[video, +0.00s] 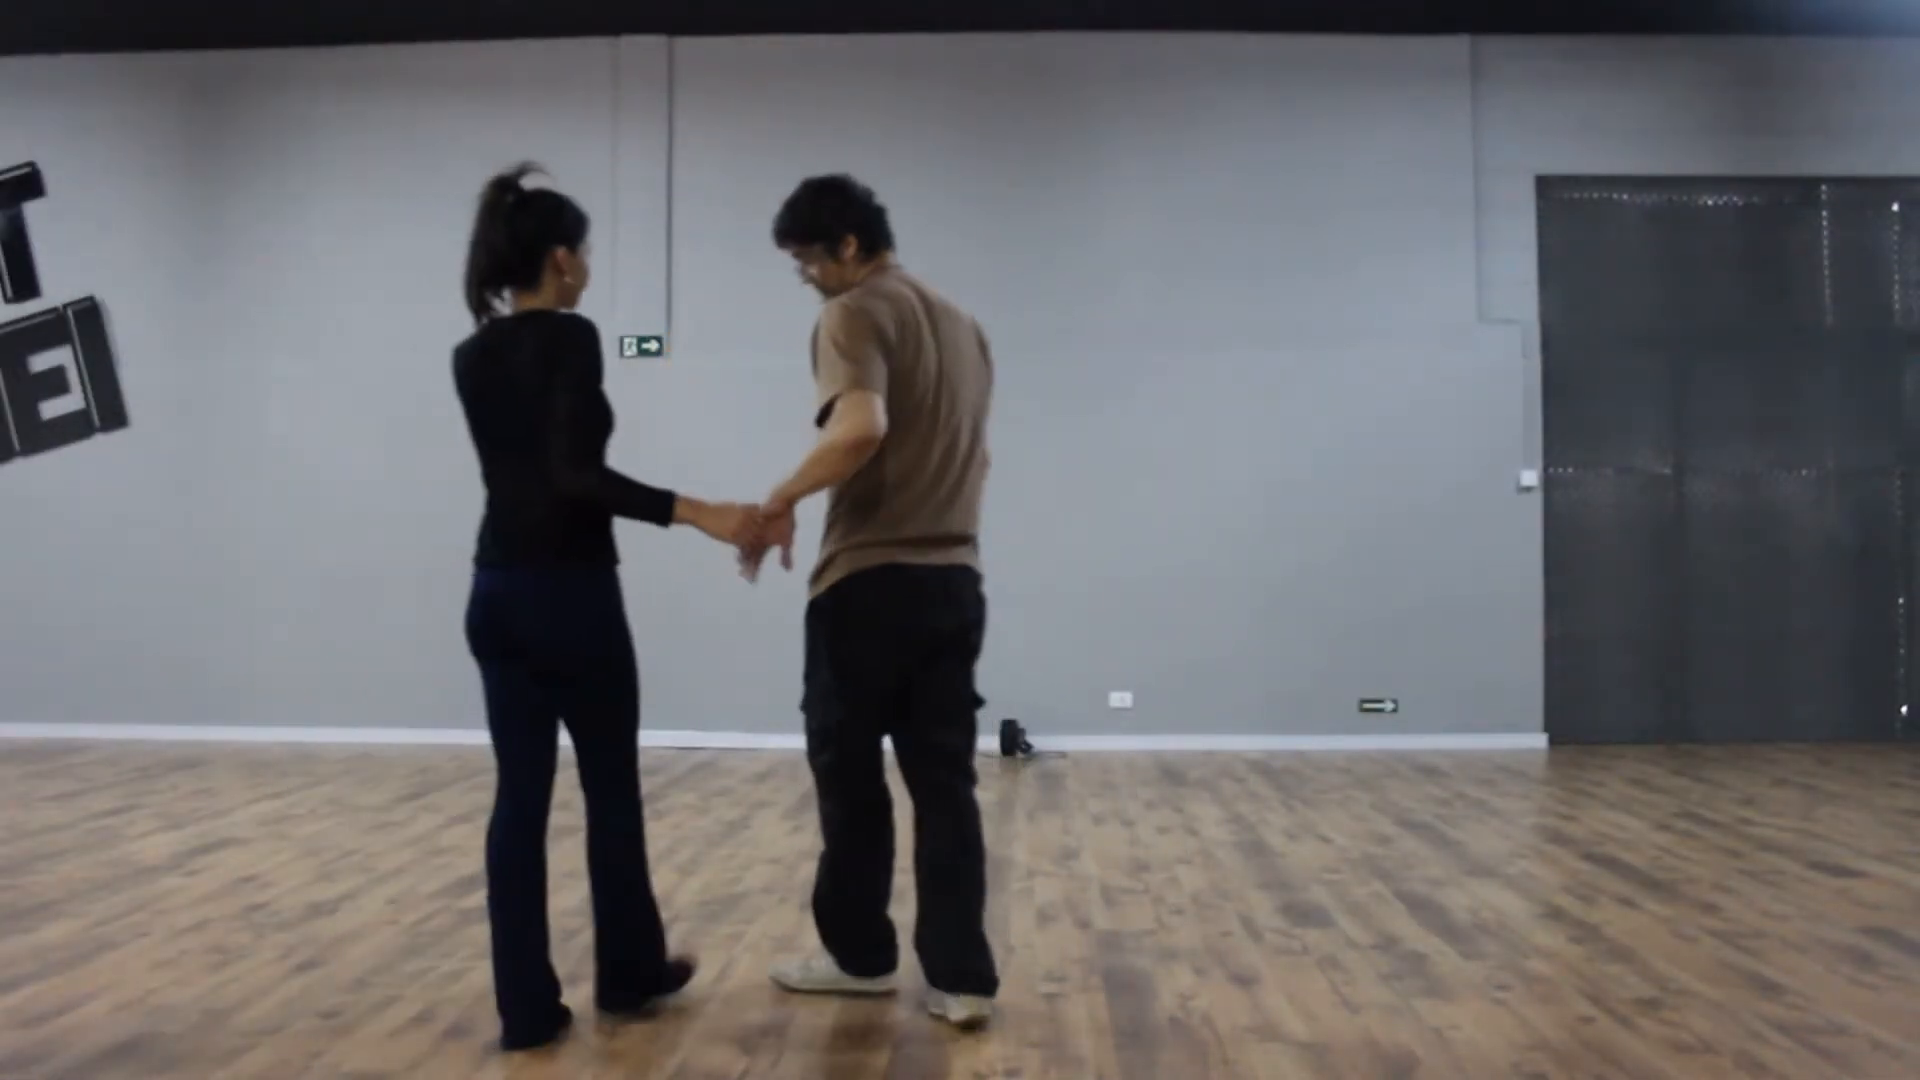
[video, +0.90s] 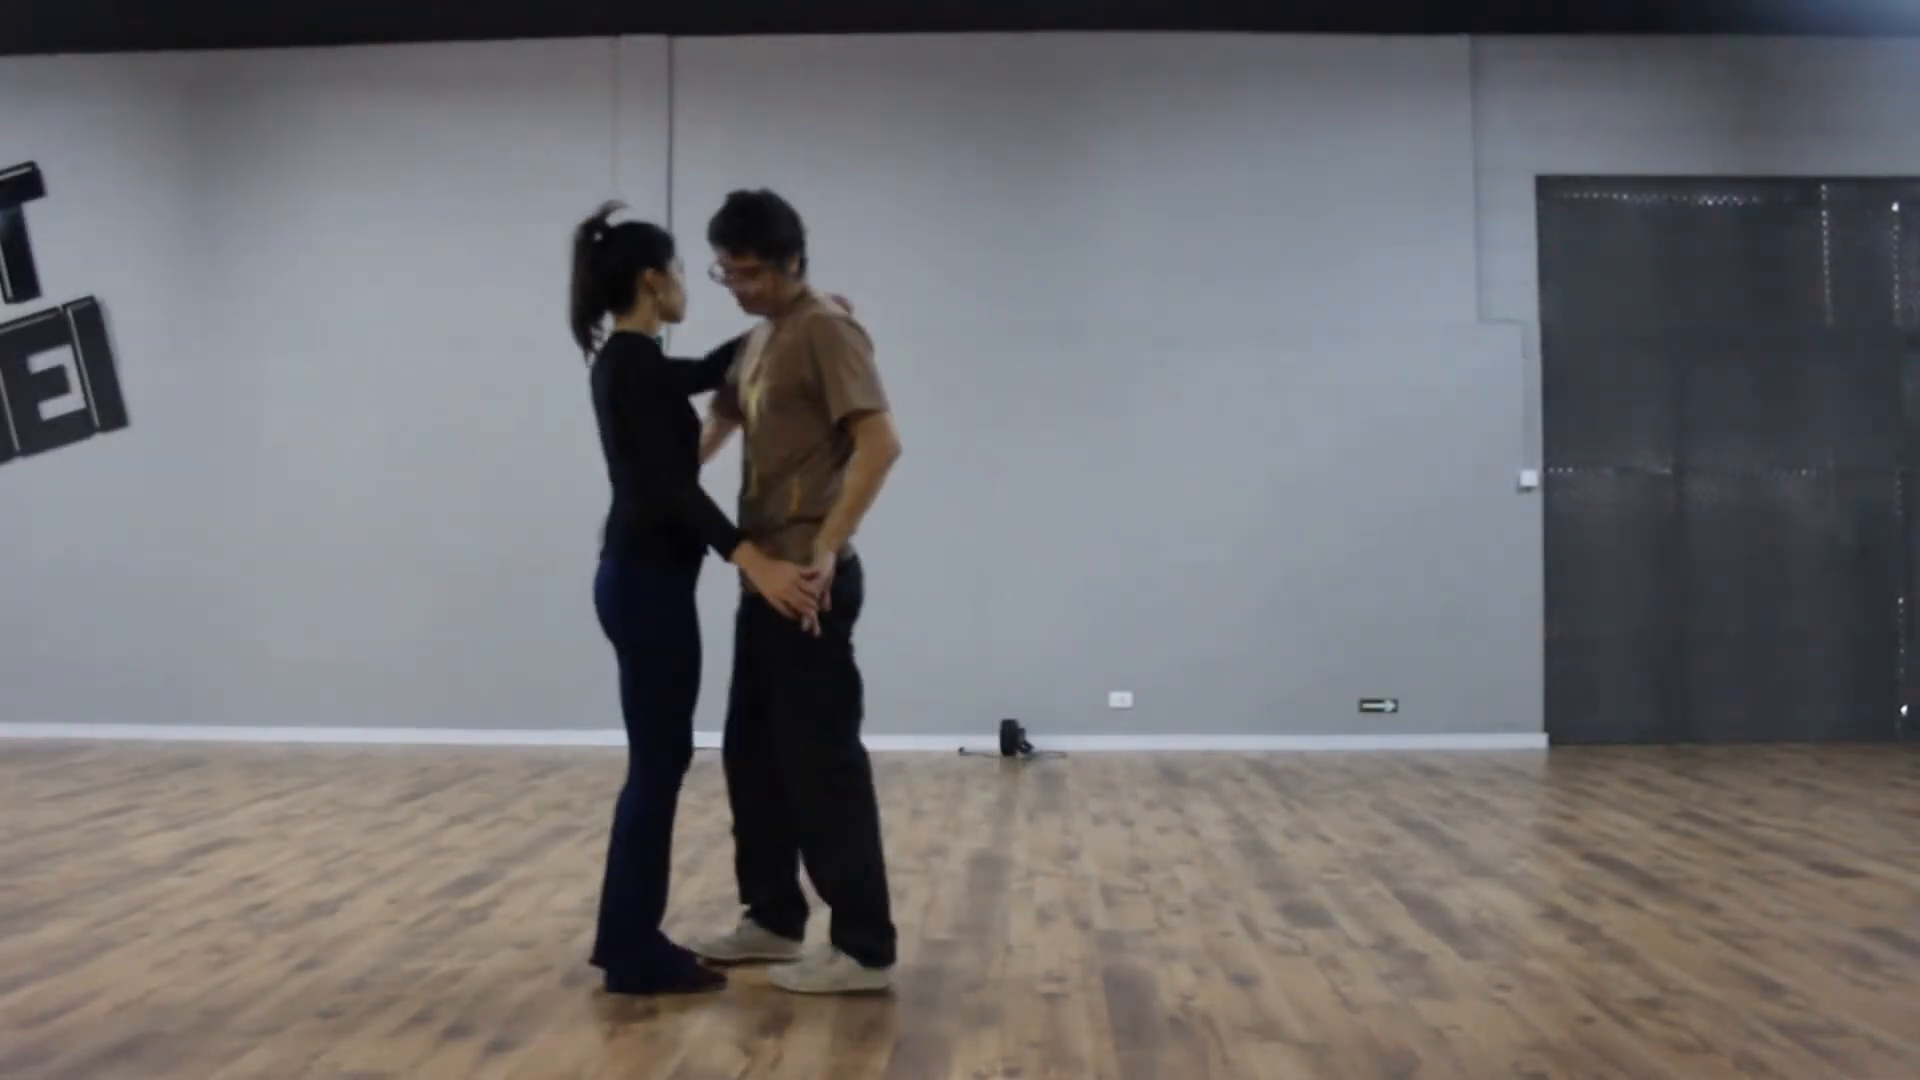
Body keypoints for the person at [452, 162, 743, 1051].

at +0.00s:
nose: (586, 267)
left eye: (583, 252)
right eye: (581, 252)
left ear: (509, 263)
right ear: (556, 259)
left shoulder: (472, 357)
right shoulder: (572, 339)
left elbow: (510, 474)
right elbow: (582, 476)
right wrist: (693, 511)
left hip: (499, 598)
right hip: (577, 596)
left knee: (517, 797)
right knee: (611, 791)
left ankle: (526, 1010)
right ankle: (630, 971)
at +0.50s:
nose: (656, 283)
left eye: (651, 270)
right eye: (648, 270)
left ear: (591, 285)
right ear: (624, 279)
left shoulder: (570, 364)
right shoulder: (629, 359)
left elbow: (613, 450)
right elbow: (656, 492)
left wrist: (691, 443)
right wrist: (743, 574)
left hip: (596, 585)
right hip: (643, 589)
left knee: (639, 760)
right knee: (650, 766)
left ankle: (556, 931)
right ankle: (637, 954)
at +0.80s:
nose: (681, 283)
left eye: (674, 270)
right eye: (672, 271)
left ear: (621, 284)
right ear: (645, 280)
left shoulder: (616, 357)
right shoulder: (635, 364)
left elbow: (689, 391)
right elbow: (670, 486)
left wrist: (762, 343)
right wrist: (750, 561)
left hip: (632, 578)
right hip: (649, 583)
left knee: (661, 756)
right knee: (662, 758)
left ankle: (629, 940)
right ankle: (630, 948)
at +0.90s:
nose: (685, 283)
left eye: (678, 270)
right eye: (676, 271)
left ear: (629, 286)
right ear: (649, 281)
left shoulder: (631, 358)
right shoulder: (632, 364)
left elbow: (714, 367)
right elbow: (670, 485)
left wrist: (800, 318)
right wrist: (749, 558)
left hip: (644, 576)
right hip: (649, 581)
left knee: (660, 758)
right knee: (659, 761)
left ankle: (631, 942)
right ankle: (630, 948)